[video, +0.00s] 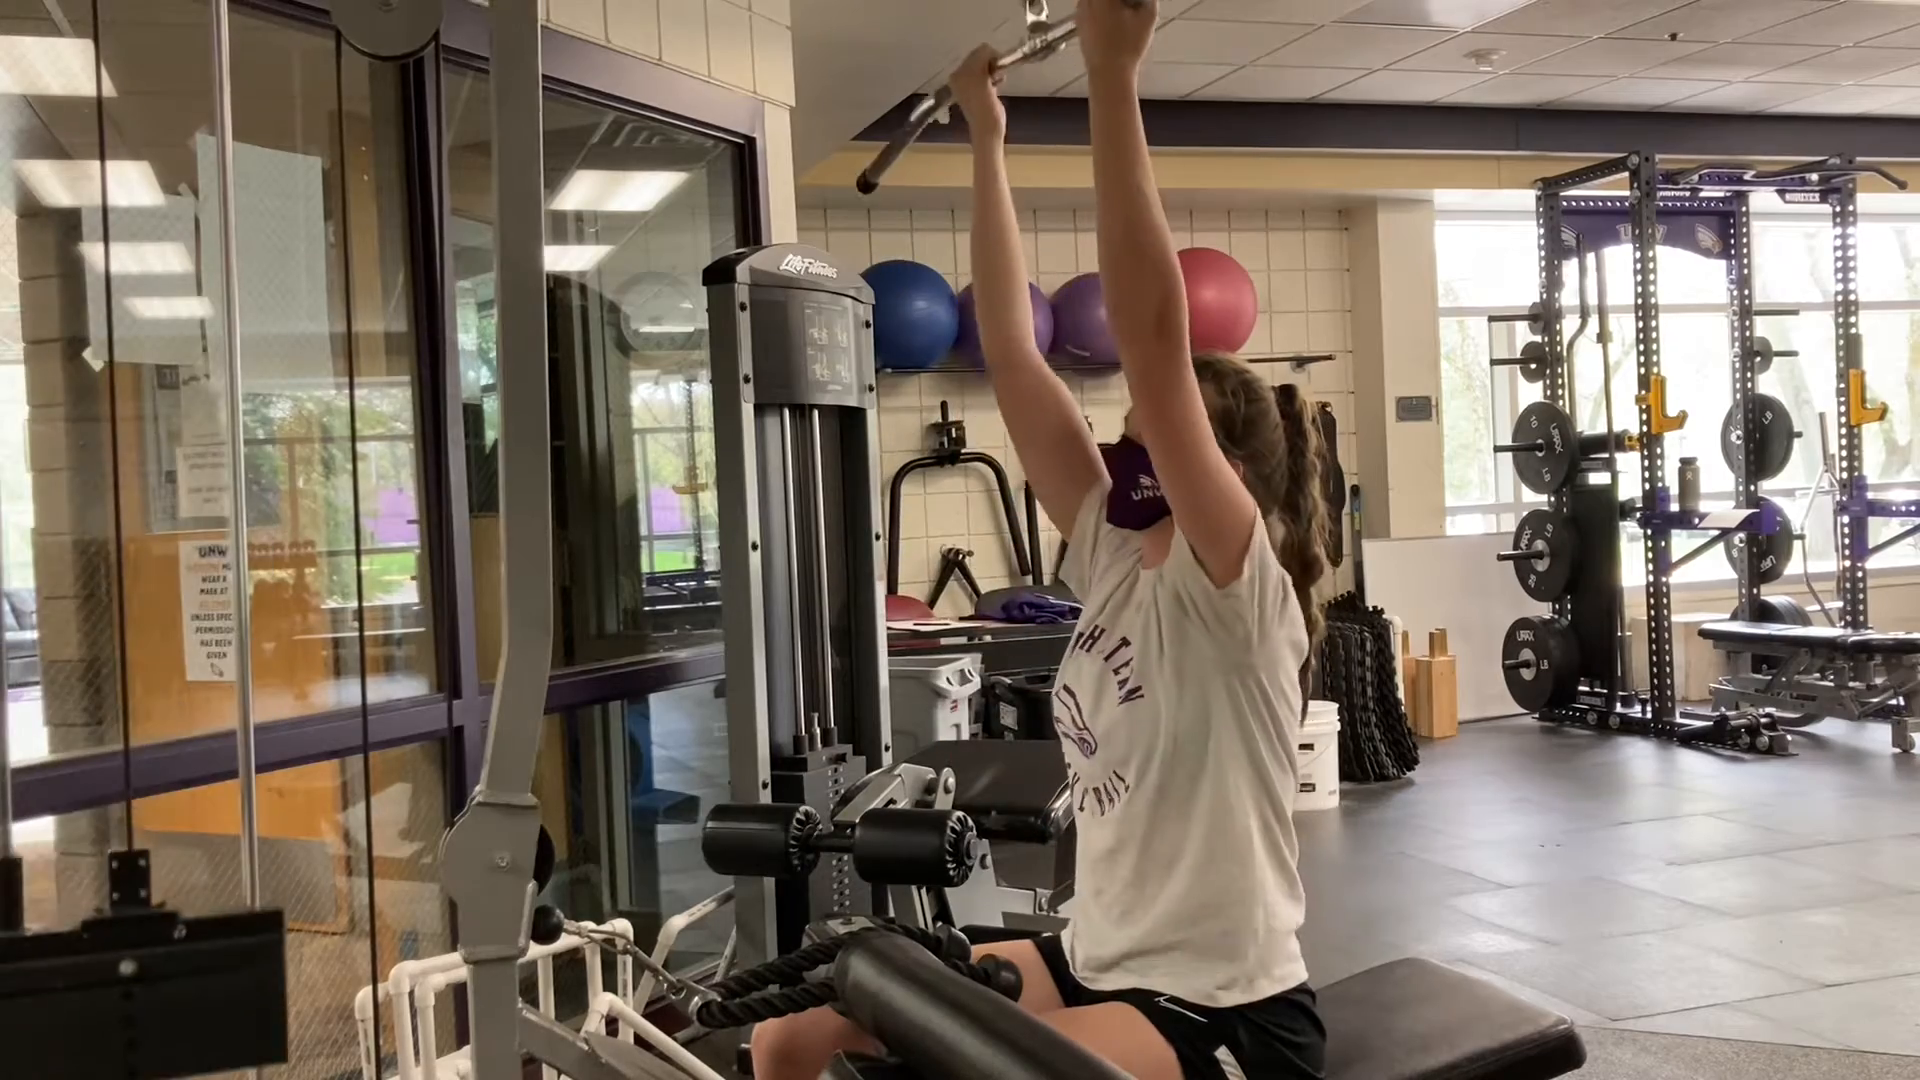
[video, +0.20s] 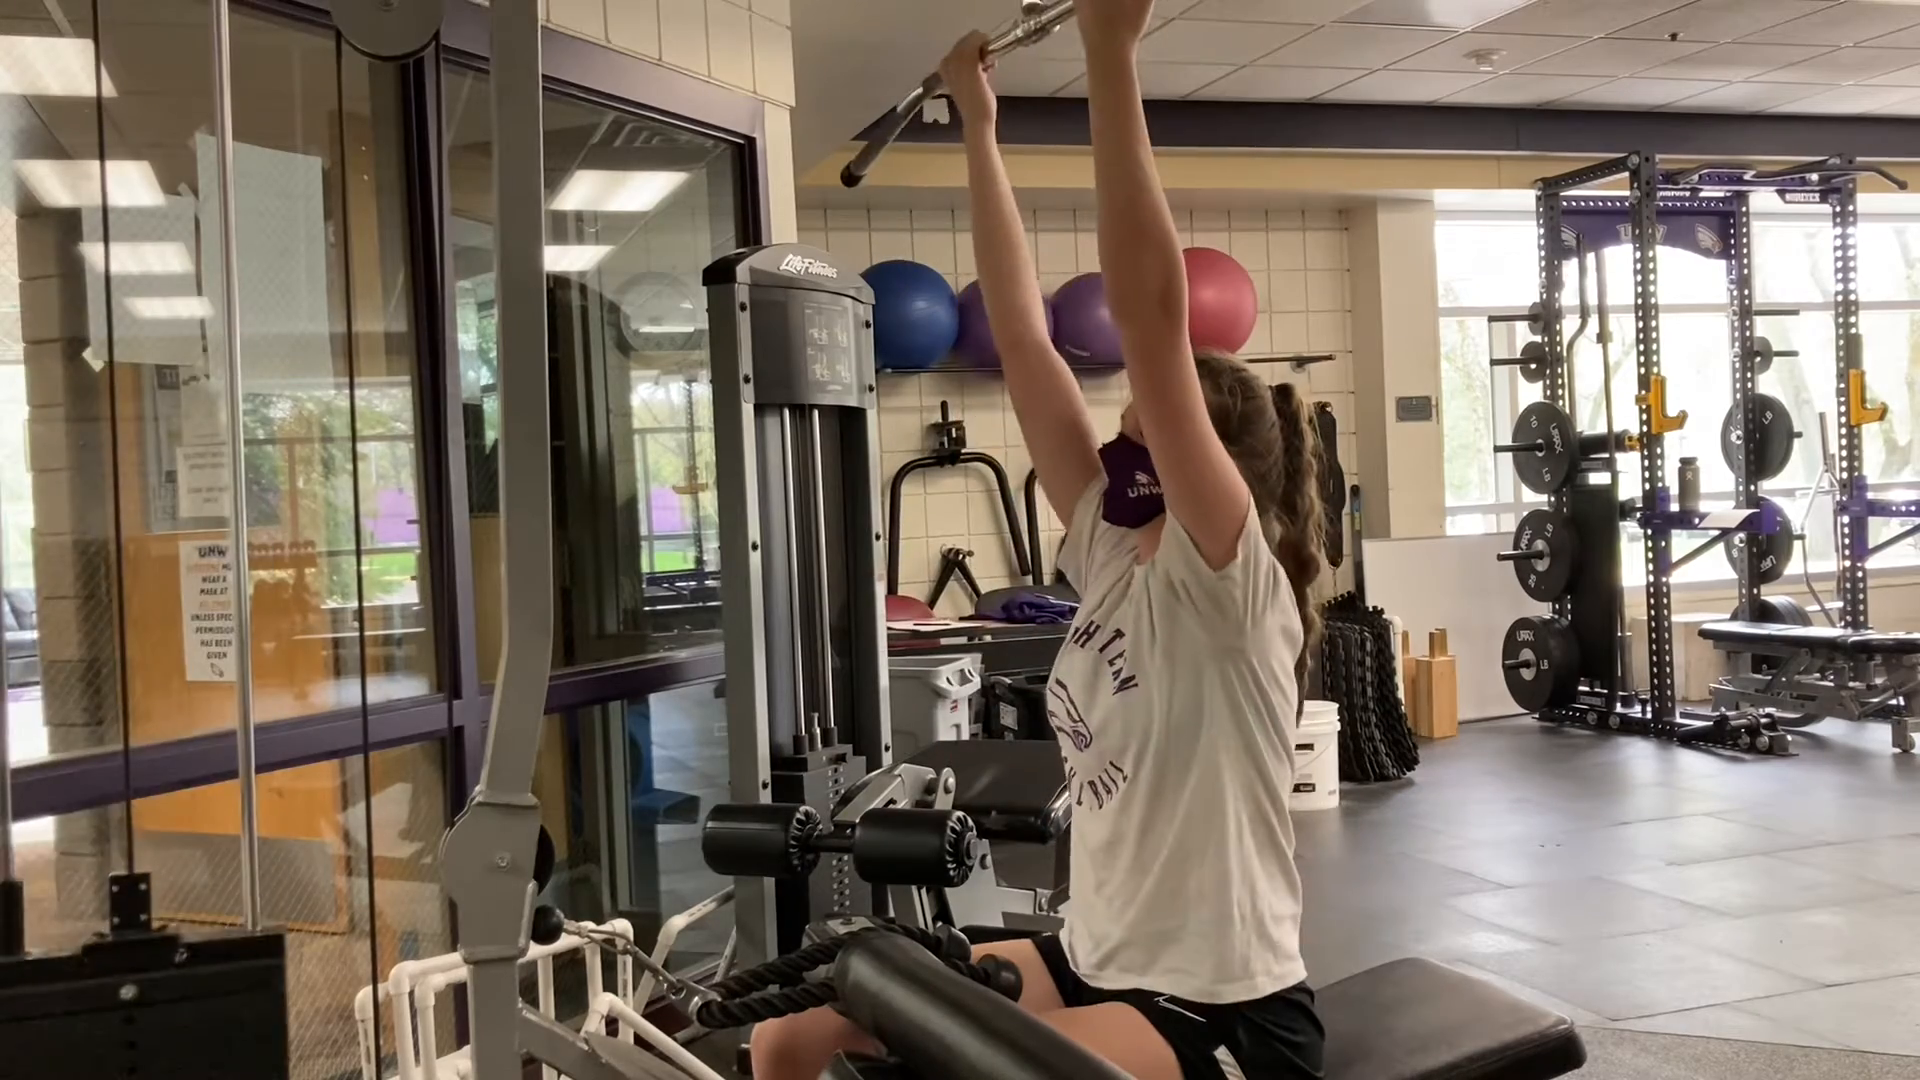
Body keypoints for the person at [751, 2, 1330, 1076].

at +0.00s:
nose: (1141, 436)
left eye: (1174, 412)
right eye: (1147, 415)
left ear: (1230, 452)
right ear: (1147, 436)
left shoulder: (1242, 581)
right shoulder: (1104, 550)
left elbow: (1153, 343)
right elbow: (1011, 349)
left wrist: (1112, 75)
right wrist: (984, 133)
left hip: (1223, 1010)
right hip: (1094, 971)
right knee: (790, 1045)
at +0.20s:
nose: (1134, 431)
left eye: (1167, 409)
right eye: (1140, 412)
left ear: (1219, 447)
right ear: (1140, 436)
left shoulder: (1231, 577)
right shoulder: (1106, 555)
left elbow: (1153, 326)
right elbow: (1023, 337)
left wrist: (1110, 45)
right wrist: (977, 123)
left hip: (1222, 1015)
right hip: (1097, 974)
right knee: (793, 1040)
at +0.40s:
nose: (1129, 432)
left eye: (1161, 410)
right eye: (1133, 413)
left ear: (1223, 450)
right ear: (1141, 436)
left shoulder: (1233, 577)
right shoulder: (1102, 543)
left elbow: (1143, 347)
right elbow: (999, 353)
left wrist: (1108, 74)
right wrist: (975, 144)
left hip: (1222, 1010)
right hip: (1095, 971)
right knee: (793, 1042)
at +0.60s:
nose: (1109, 448)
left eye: (1137, 417)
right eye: (1103, 428)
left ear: (1216, 456)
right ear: (1159, 453)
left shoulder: (1238, 578)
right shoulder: (1100, 548)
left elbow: (1107, 380)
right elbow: (976, 395)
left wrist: (1099, 123)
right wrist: (976, 183)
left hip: (1223, 1008)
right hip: (1094, 964)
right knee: (791, 1039)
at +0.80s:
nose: (1112, 465)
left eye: (1139, 453)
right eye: (1112, 443)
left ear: (1213, 480)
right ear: (1096, 436)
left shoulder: (1246, 588)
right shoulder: (1102, 566)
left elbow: (1073, 488)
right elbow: (942, 488)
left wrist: (1086, 243)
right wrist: (971, 293)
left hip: (1224, 1007)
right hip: (1095, 963)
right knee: (789, 1038)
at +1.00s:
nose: (1114, 467)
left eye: (1144, 450)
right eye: (1116, 444)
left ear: (1221, 474)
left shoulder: (1260, 597)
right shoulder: (1114, 574)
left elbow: (1071, 612)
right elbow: (939, 593)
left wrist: (1090, 375)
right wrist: (969, 410)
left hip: (1227, 1008)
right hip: (1091, 961)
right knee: (792, 1038)